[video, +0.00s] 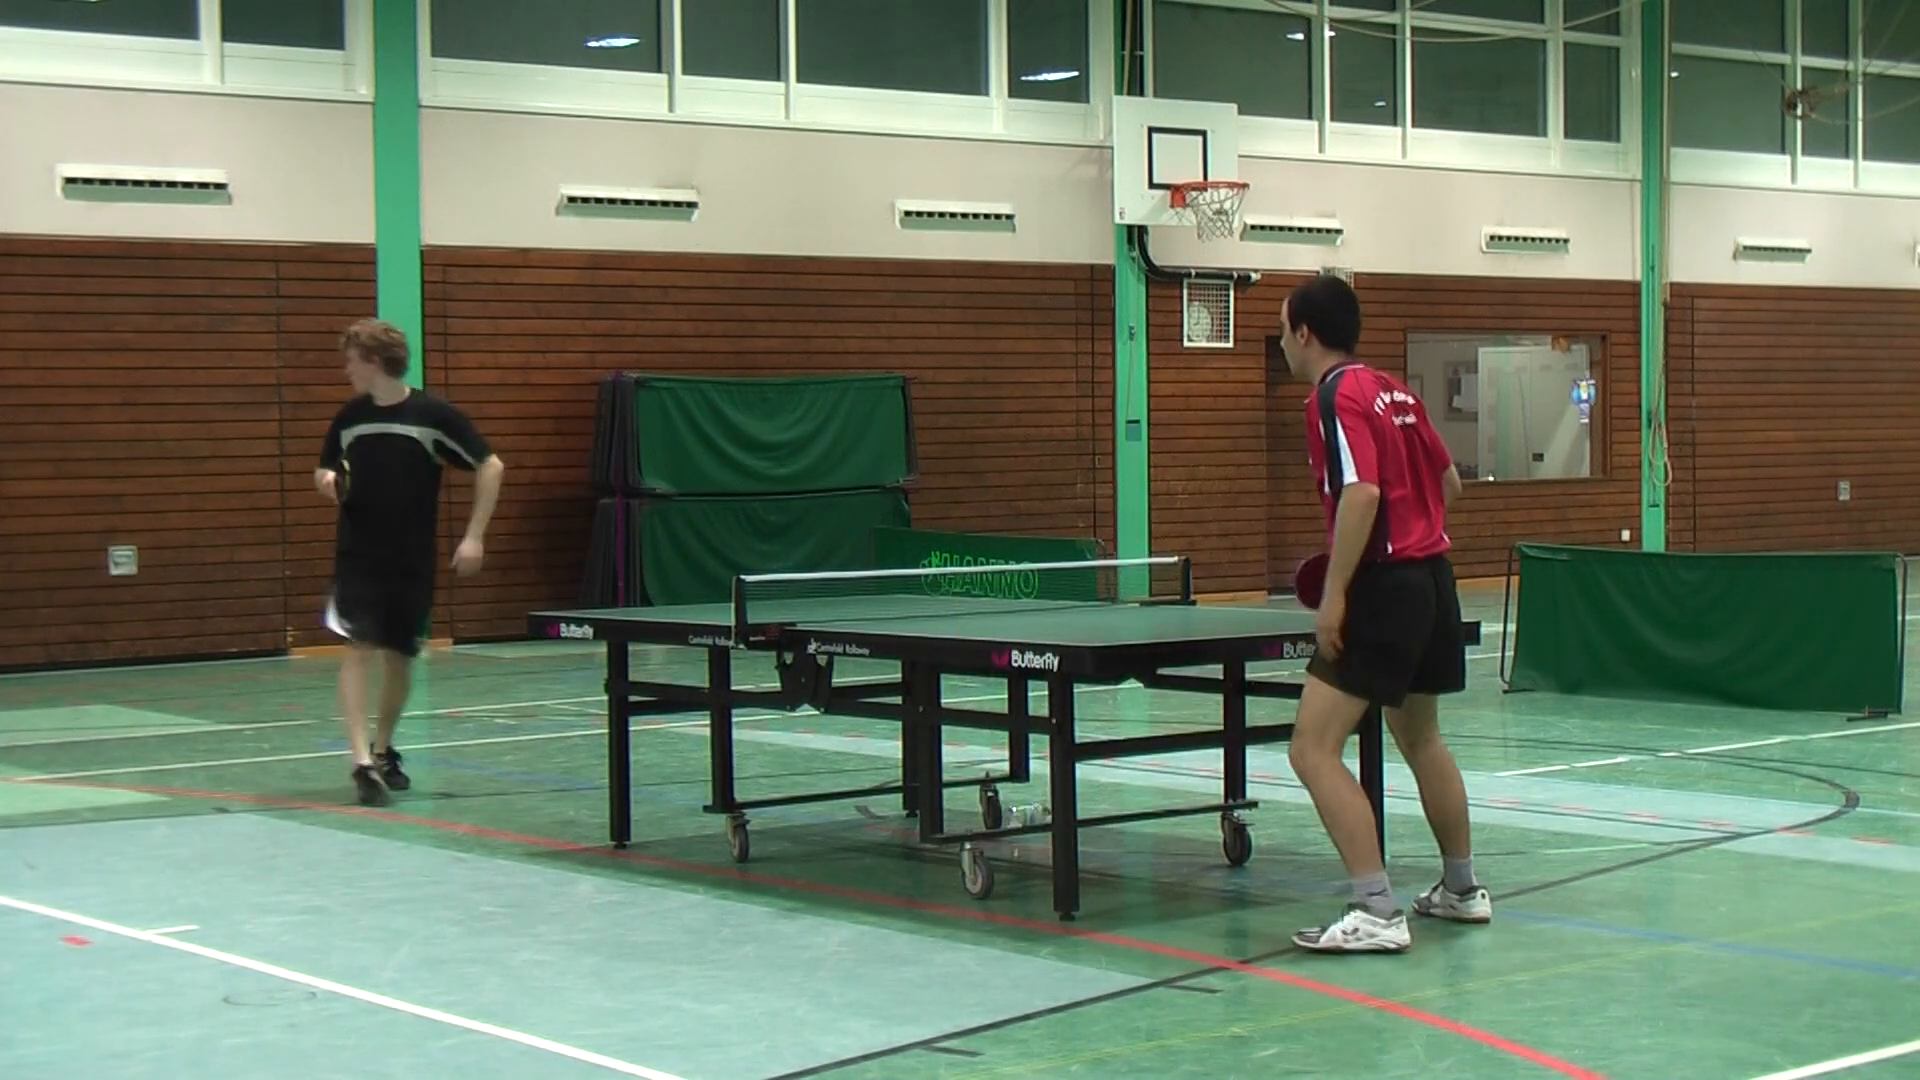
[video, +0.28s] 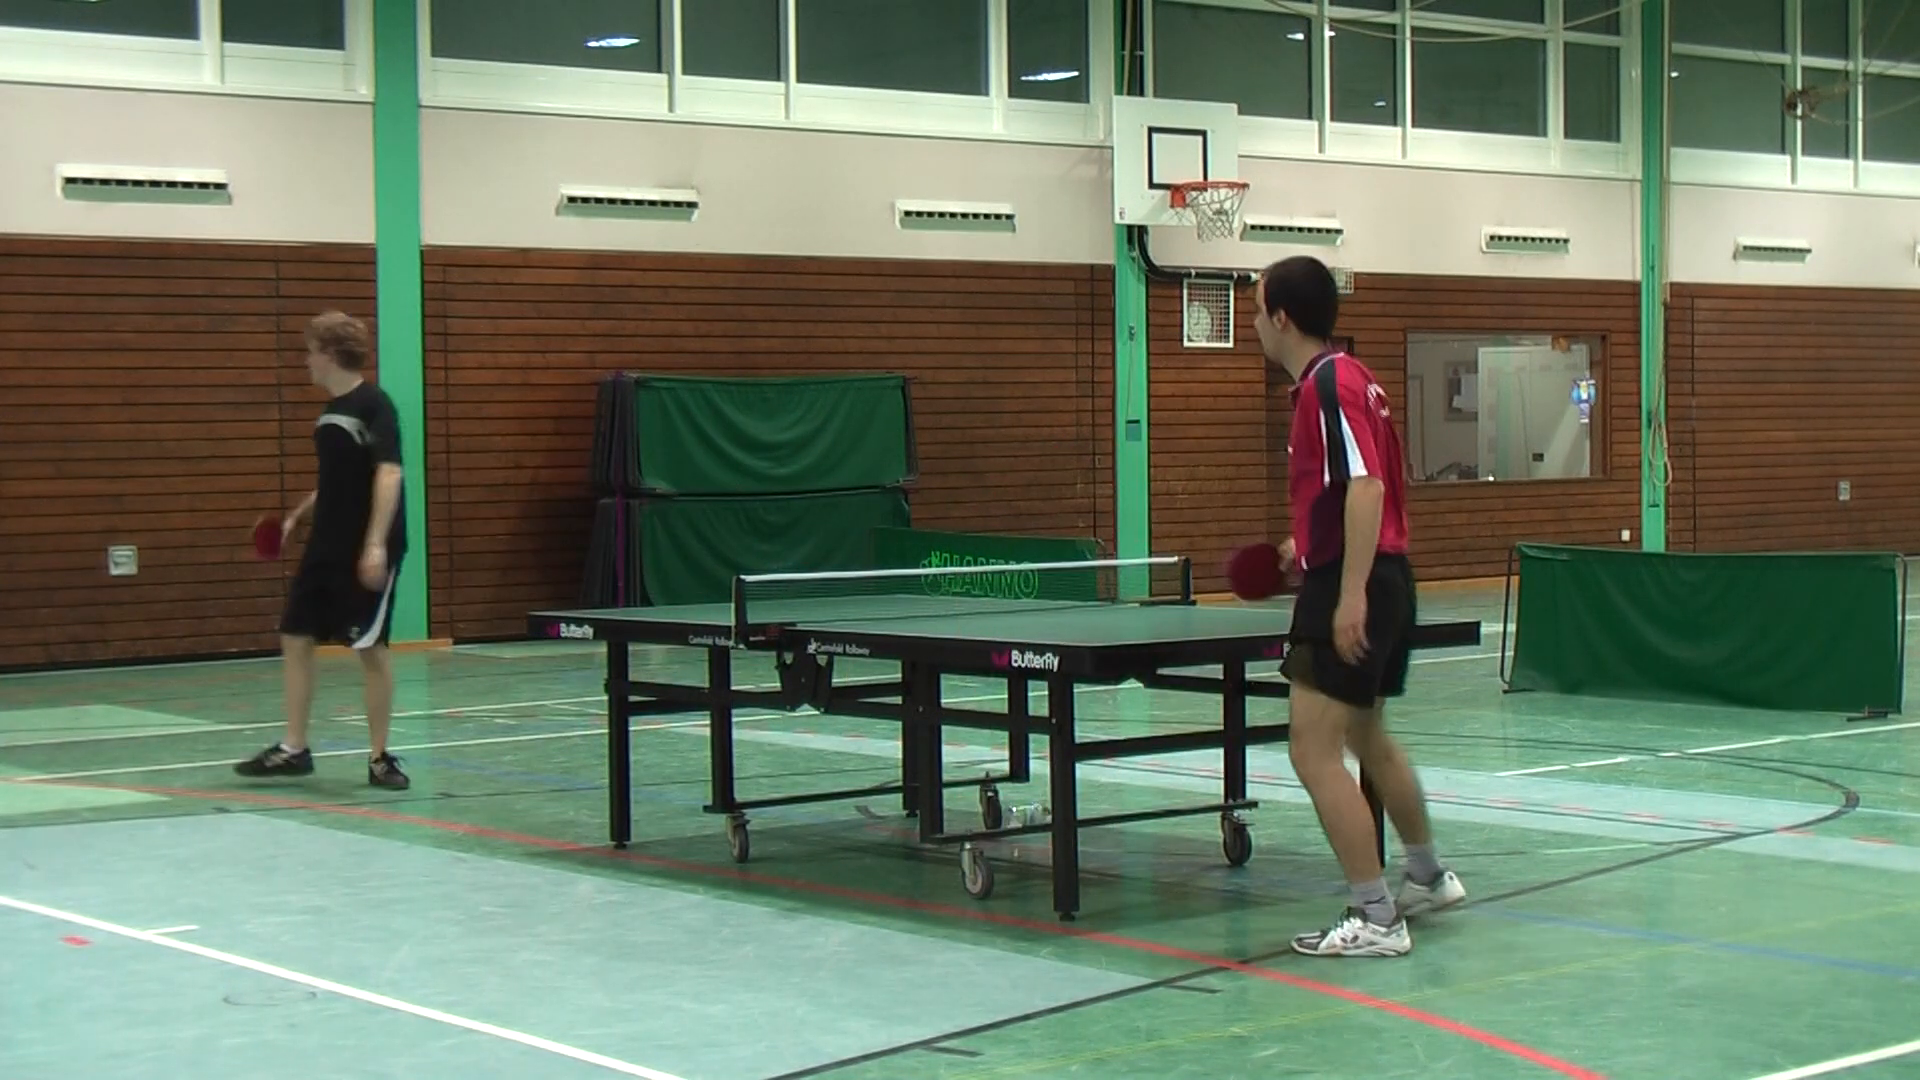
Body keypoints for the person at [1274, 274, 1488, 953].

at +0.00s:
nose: (1285, 346)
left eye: (1286, 334)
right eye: (1286, 334)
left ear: (1306, 333)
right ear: (1351, 332)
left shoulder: (1336, 394)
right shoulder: (1393, 387)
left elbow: (1362, 491)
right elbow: (1446, 481)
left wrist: (1333, 591)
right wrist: (1398, 549)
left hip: (1381, 590)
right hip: (1432, 585)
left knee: (1313, 751)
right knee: (1420, 735)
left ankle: (1376, 910)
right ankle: (1461, 888)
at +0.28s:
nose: (1258, 327)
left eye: (1260, 314)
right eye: (1259, 314)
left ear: (1281, 318)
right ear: (1321, 315)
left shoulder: (1329, 382)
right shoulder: (1349, 376)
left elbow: (1365, 488)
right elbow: (1357, 486)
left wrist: (1353, 594)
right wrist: (1306, 550)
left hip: (1343, 581)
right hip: (1377, 578)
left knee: (1314, 752)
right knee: (1369, 735)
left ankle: (1374, 915)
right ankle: (1427, 873)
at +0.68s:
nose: (1270, 526)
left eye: (1271, 516)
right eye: (1273, 516)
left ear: (1278, 517)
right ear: (1339, 508)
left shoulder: (1273, 547)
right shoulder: (1384, 537)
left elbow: (1253, 612)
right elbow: (1417, 611)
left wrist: (1264, 713)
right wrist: (1328, 655)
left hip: (1382, 687)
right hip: (1466, 678)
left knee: (1230, 782)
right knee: (1476, 780)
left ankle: (1199, 957)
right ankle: (1545, 925)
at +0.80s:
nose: (1268, 519)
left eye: (1267, 510)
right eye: (1269, 509)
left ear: (1274, 510)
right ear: (1333, 500)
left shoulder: (1273, 542)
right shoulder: (1379, 532)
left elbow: (1254, 612)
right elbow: (1413, 606)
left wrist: (1262, 711)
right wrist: (1328, 652)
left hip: (1378, 686)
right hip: (1461, 677)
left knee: (1228, 781)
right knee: (1473, 781)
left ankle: (1200, 956)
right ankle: (1544, 925)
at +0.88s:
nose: (1251, 500)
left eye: (1253, 491)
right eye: (1255, 491)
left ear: (1260, 493)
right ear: (1318, 485)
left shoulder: (1262, 529)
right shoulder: (1362, 521)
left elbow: (1254, 604)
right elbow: (1394, 604)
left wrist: (1245, 706)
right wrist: (1310, 646)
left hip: (1365, 684)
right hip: (1444, 677)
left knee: (1211, 779)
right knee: (1462, 786)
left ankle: (1205, 954)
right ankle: (1543, 925)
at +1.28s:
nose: (1167, 376)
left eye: (1168, 367)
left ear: (1171, 371)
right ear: (1236, 374)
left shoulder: (1136, 431)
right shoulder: (1275, 444)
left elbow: (1066, 523)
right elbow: (1314, 558)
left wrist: (1044, 601)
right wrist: (1261, 566)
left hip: (1138, 630)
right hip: (1228, 642)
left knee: (1061, 768)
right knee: (1229, 792)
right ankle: (1193, 945)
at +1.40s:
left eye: (1153, 389)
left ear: (1154, 393)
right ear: (1218, 399)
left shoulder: (1106, 449)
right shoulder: (1239, 472)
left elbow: (1030, 536)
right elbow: (1277, 588)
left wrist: (1027, 605)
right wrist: (1304, 595)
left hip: (1091, 658)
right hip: (1183, 666)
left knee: (1007, 796)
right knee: (1235, 777)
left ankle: (955, 952)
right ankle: (1215, 924)